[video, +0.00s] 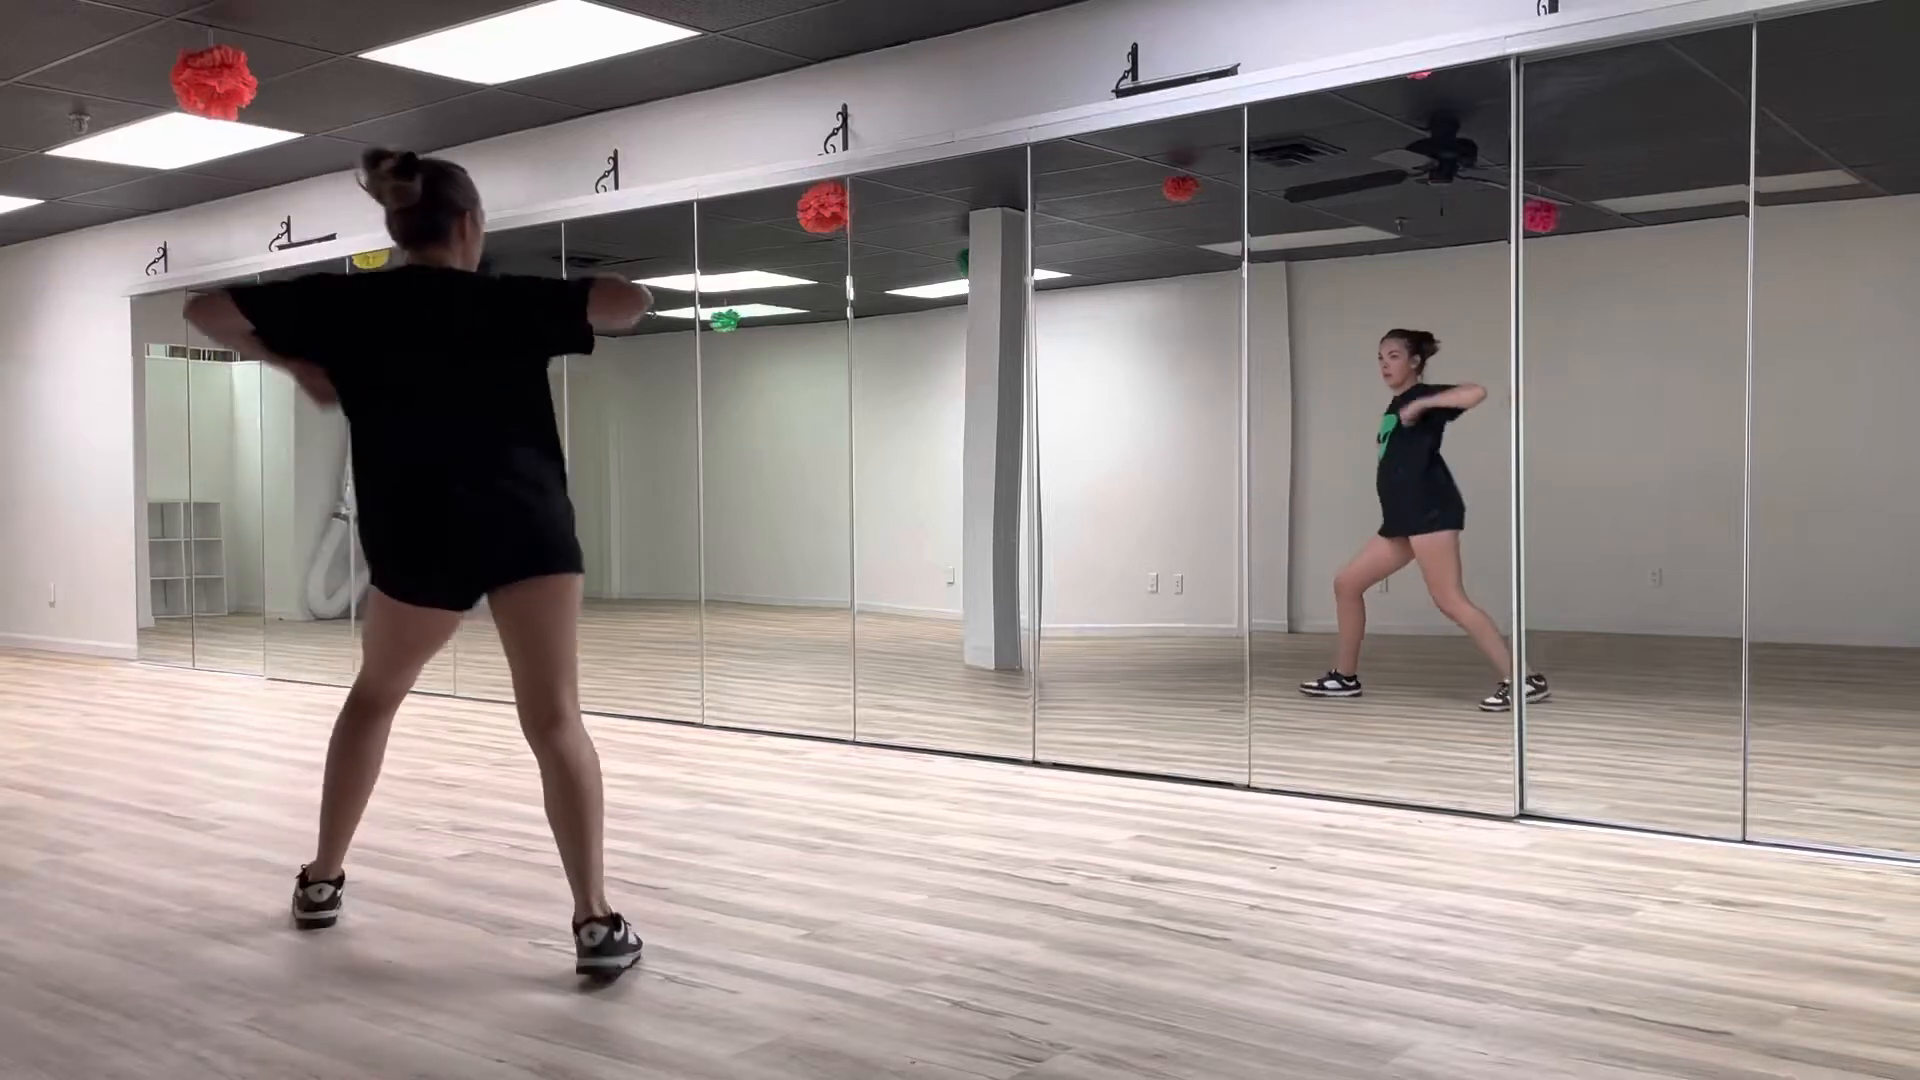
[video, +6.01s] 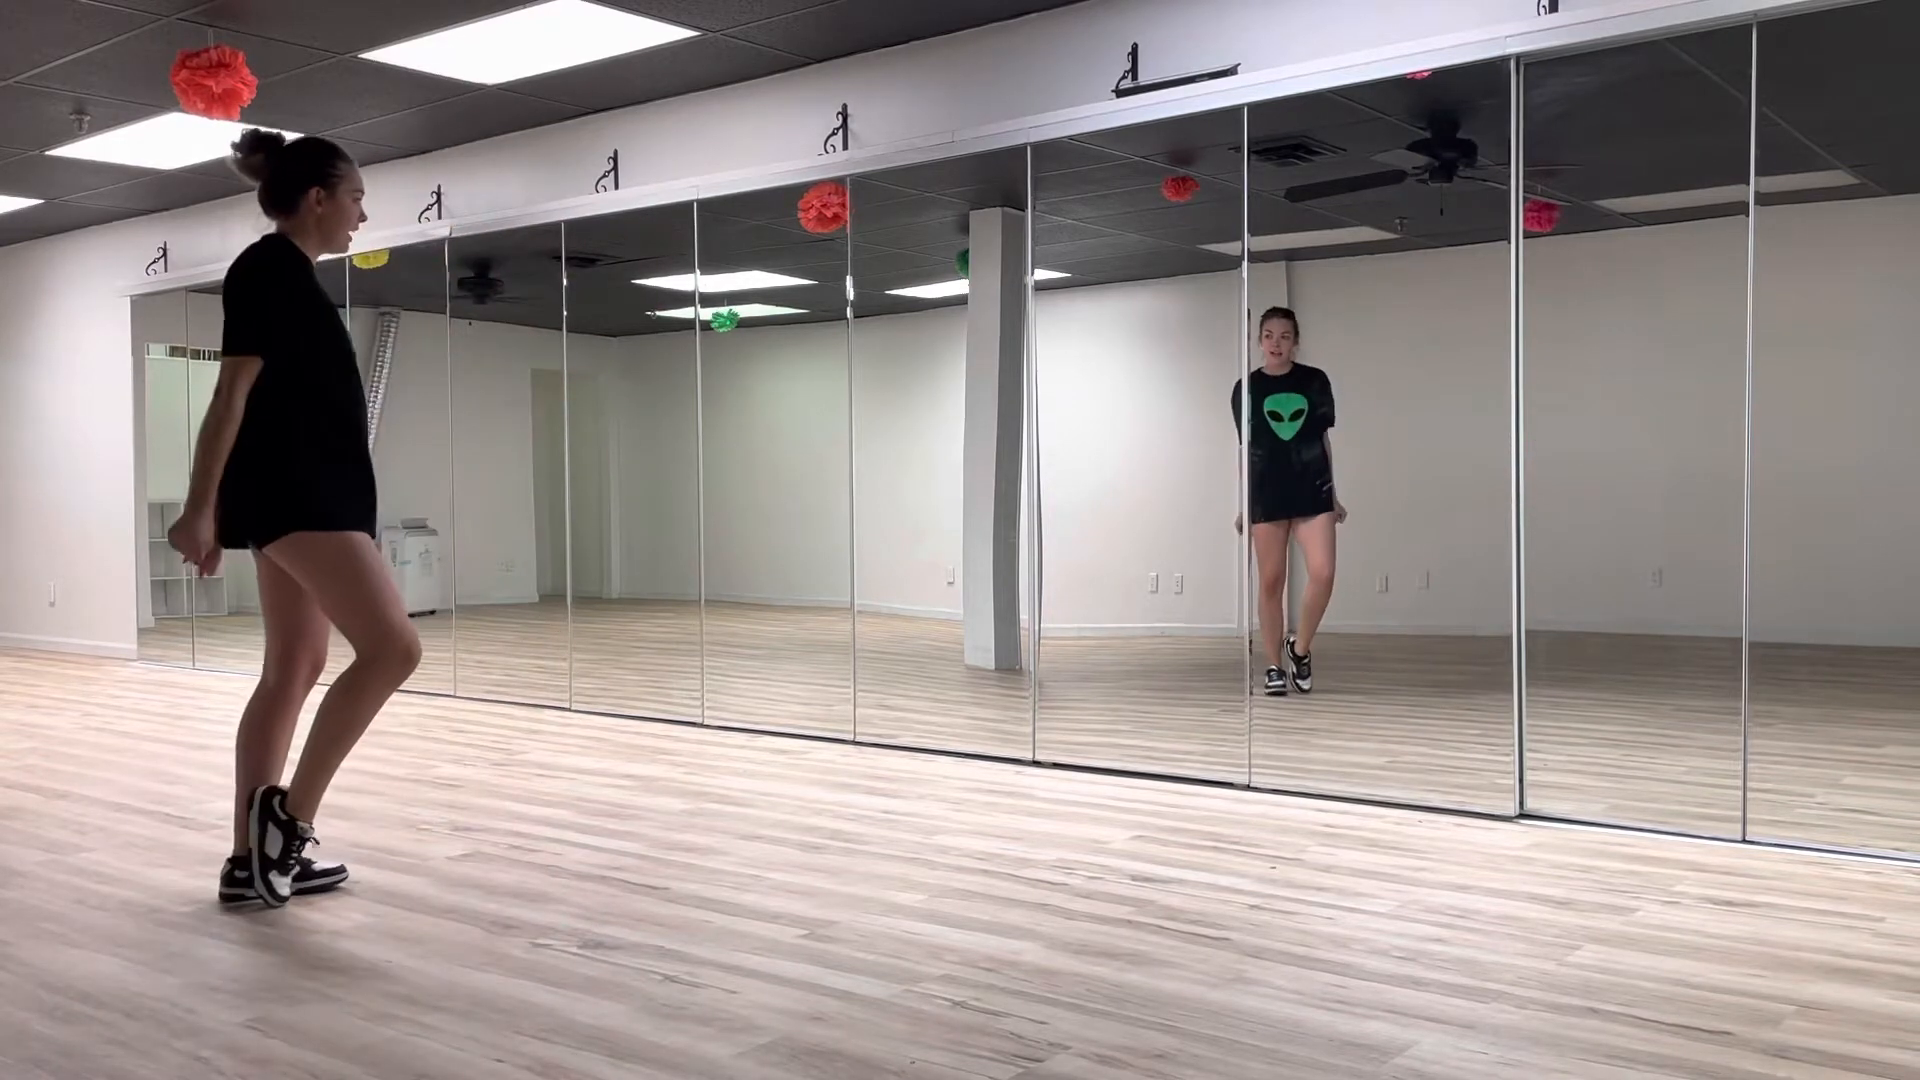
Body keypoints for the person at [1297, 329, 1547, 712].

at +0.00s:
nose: (1385, 365)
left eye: (1393, 357)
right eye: (1381, 358)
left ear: (1415, 361)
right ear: (1381, 363)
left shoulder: (1425, 396)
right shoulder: (1397, 404)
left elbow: (1475, 393)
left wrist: (1425, 403)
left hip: (1432, 515)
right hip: (1404, 519)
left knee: (1451, 601)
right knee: (1347, 584)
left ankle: (1518, 678)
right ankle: (1344, 676)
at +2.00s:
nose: (1312, 357)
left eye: (1320, 350)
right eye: (1305, 352)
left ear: (1332, 358)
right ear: (1296, 360)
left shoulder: (1354, 404)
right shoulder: (1283, 406)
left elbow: (1392, 453)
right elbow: (1251, 464)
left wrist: (1385, 500)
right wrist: (1239, 517)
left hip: (1336, 514)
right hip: (1287, 513)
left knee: (1355, 591)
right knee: (1258, 592)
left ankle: (1348, 673)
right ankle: (1207, 662)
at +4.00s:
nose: (1387, 335)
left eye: (1395, 327)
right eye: (1380, 328)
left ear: (1409, 332)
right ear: (1371, 334)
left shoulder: (1427, 371)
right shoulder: (1357, 377)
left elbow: (1428, 425)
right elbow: (1354, 424)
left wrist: (1434, 465)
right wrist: (1350, 448)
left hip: (1413, 484)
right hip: (1365, 486)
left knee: (1433, 574)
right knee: (1353, 581)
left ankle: (1476, 671)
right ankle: (1345, 674)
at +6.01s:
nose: (1276, 342)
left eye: (1284, 336)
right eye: (1269, 335)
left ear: (1296, 341)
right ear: (1259, 340)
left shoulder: (1316, 380)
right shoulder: (1245, 388)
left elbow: (1323, 441)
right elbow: (1245, 451)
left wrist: (1332, 496)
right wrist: (1243, 506)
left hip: (1313, 493)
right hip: (1265, 496)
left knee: (1323, 575)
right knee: (1271, 581)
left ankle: (1301, 650)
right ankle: (1274, 666)